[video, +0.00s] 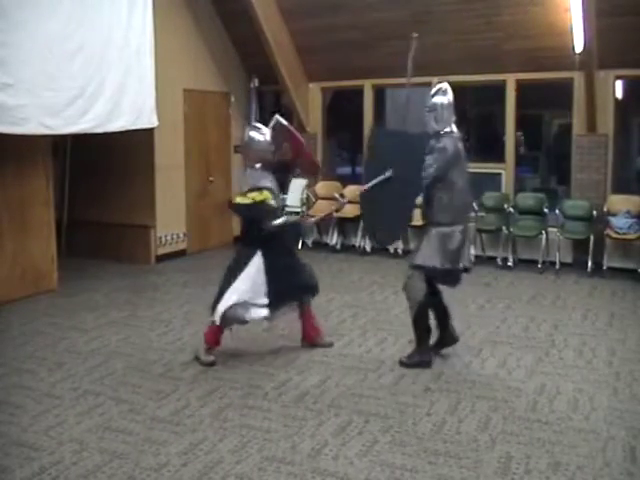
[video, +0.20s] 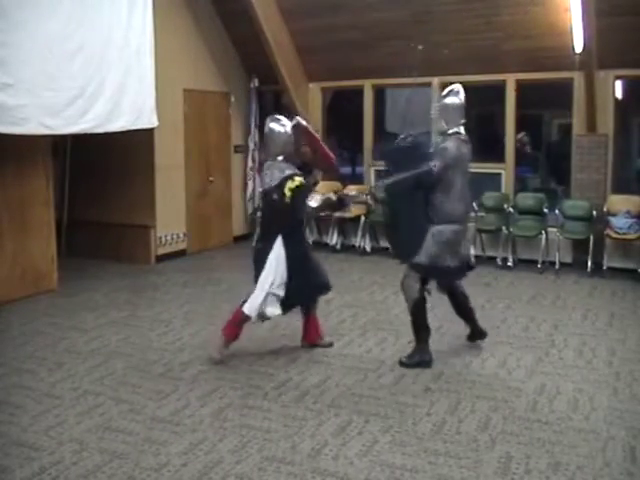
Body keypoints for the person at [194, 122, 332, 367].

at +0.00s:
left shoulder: (286, 179)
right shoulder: (257, 180)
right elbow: (266, 220)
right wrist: (297, 221)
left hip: (281, 246)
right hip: (256, 247)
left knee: (303, 283)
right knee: (236, 293)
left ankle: (310, 333)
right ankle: (209, 344)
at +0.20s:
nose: (304, 150)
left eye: (304, 145)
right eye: (301, 145)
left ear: (273, 148)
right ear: (292, 149)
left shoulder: (270, 170)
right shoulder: (292, 180)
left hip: (269, 241)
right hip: (286, 243)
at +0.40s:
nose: (311, 149)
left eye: (312, 144)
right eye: (307, 143)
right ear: (294, 142)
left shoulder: (292, 167)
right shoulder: (280, 173)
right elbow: (288, 218)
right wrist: (319, 218)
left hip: (296, 234)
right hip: (280, 237)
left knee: (313, 284)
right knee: (284, 288)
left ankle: (311, 333)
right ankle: (254, 339)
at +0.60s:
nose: (285, 143)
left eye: (285, 138)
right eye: (280, 138)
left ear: (284, 139)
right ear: (267, 142)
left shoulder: (283, 167)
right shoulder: (267, 176)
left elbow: (294, 191)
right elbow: (276, 221)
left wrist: (305, 171)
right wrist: (307, 222)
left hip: (291, 236)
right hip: (274, 241)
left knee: (313, 285)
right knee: (287, 292)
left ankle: (311, 333)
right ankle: (260, 349)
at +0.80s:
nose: (269, 136)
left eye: (268, 131)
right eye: (264, 131)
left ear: (259, 133)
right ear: (252, 133)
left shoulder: (265, 162)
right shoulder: (251, 170)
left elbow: (280, 188)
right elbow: (263, 215)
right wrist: (291, 211)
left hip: (274, 236)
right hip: (259, 240)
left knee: (285, 283)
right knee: (270, 288)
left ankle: (282, 330)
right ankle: (259, 342)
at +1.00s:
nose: (252, 135)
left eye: (252, 130)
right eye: (248, 130)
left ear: (238, 136)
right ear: (239, 135)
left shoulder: (244, 162)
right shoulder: (234, 171)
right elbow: (246, 211)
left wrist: (274, 196)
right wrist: (273, 202)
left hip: (241, 240)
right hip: (248, 244)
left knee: (239, 294)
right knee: (257, 294)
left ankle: (213, 336)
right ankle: (256, 353)